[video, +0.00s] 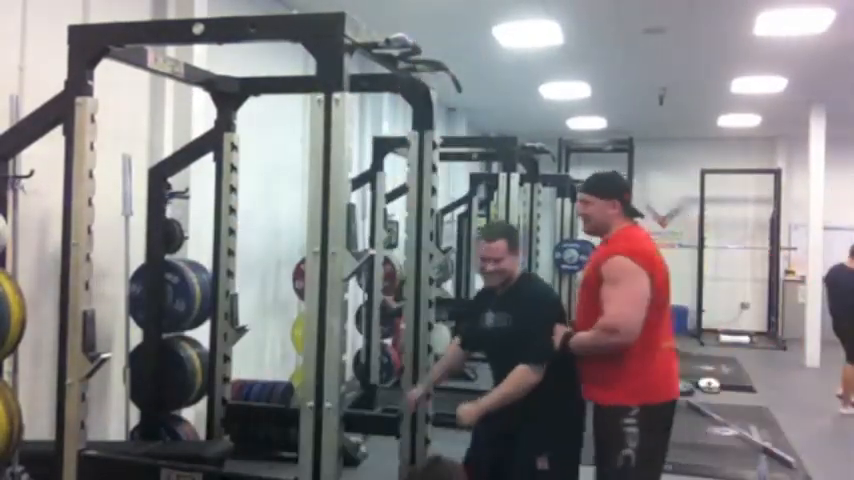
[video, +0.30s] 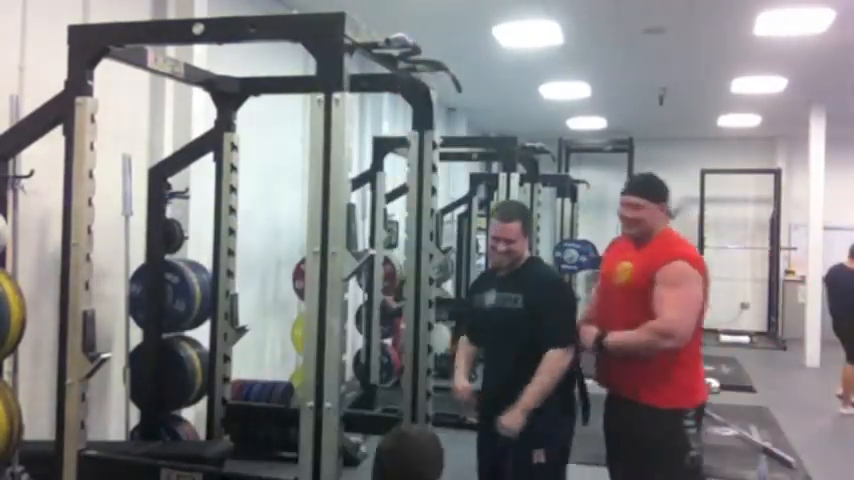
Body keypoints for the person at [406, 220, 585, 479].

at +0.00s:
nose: (489, 268)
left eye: (497, 261)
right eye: (484, 261)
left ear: (517, 256)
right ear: (477, 258)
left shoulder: (540, 298)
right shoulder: (484, 299)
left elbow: (533, 370)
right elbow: (460, 347)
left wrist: (480, 407)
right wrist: (425, 386)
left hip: (550, 414)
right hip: (507, 408)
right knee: (479, 466)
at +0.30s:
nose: (500, 248)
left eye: (509, 242)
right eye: (495, 240)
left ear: (527, 240)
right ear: (488, 237)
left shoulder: (550, 285)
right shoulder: (482, 285)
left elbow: (561, 352)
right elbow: (469, 337)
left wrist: (520, 409)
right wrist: (461, 377)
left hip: (543, 414)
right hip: (493, 413)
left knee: (538, 473)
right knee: (491, 473)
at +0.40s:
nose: (497, 248)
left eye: (506, 242)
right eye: (492, 240)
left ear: (524, 238)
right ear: (485, 235)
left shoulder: (550, 284)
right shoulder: (477, 284)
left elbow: (569, 351)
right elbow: (465, 345)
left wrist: (548, 418)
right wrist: (472, 392)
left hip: (535, 418)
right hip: (492, 415)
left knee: (524, 474)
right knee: (489, 473)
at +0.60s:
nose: (496, 256)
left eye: (505, 249)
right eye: (490, 247)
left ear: (521, 243)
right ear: (481, 240)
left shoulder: (548, 294)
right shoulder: (466, 293)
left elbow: (577, 360)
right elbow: (451, 359)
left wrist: (576, 435)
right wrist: (467, 417)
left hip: (534, 427)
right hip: (484, 427)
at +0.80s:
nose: (496, 259)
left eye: (506, 253)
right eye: (490, 250)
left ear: (523, 246)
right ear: (480, 241)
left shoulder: (547, 297)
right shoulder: (456, 293)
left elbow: (566, 375)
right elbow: (438, 362)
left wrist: (561, 451)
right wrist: (430, 432)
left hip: (524, 436)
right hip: (467, 432)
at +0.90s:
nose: (489, 255)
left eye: (499, 248)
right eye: (482, 245)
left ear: (517, 239)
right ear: (473, 237)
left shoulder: (543, 294)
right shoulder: (448, 289)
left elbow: (561, 371)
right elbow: (424, 354)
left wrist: (549, 449)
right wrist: (415, 423)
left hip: (515, 438)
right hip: (455, 433)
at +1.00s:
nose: (475, 256)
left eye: (486, 248)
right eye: (468, 246)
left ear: (503, 243)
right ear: (458, 239)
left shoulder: (533, 296)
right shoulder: (437, 290)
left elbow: (556, 370)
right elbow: (412, 353)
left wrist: (538, 453)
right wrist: (402, 425)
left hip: (507, 443)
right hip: (443, 439)